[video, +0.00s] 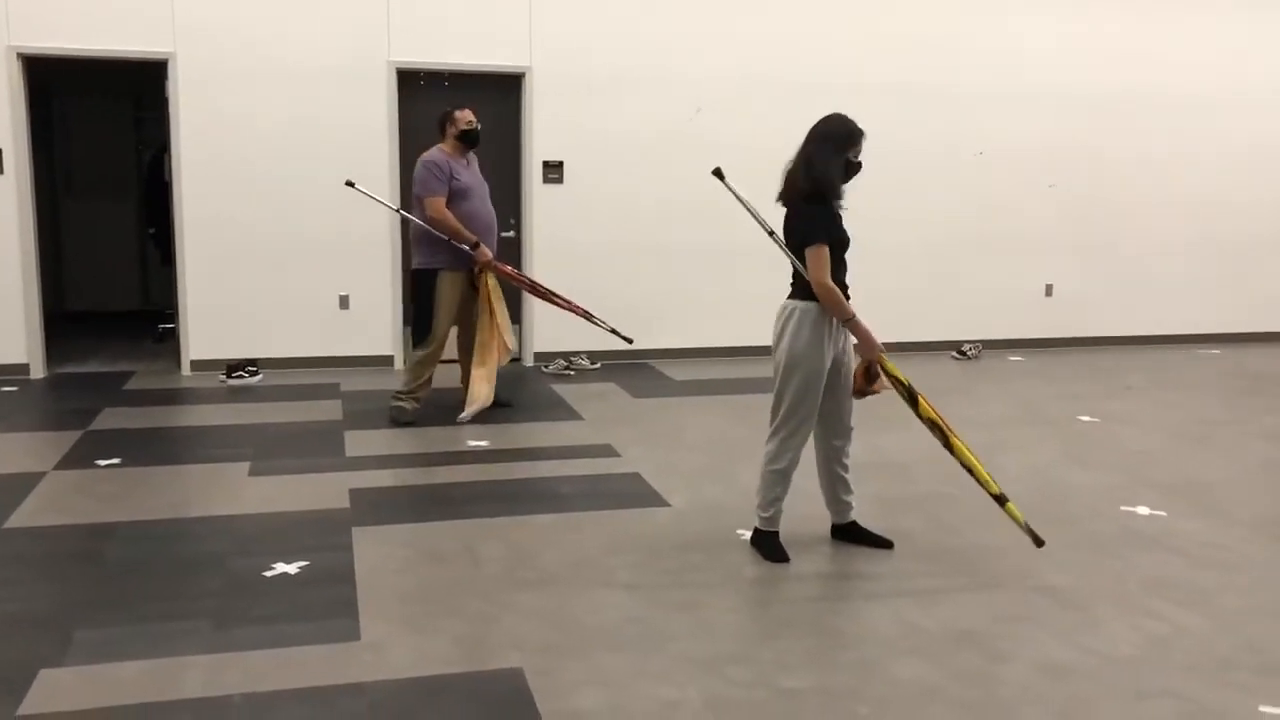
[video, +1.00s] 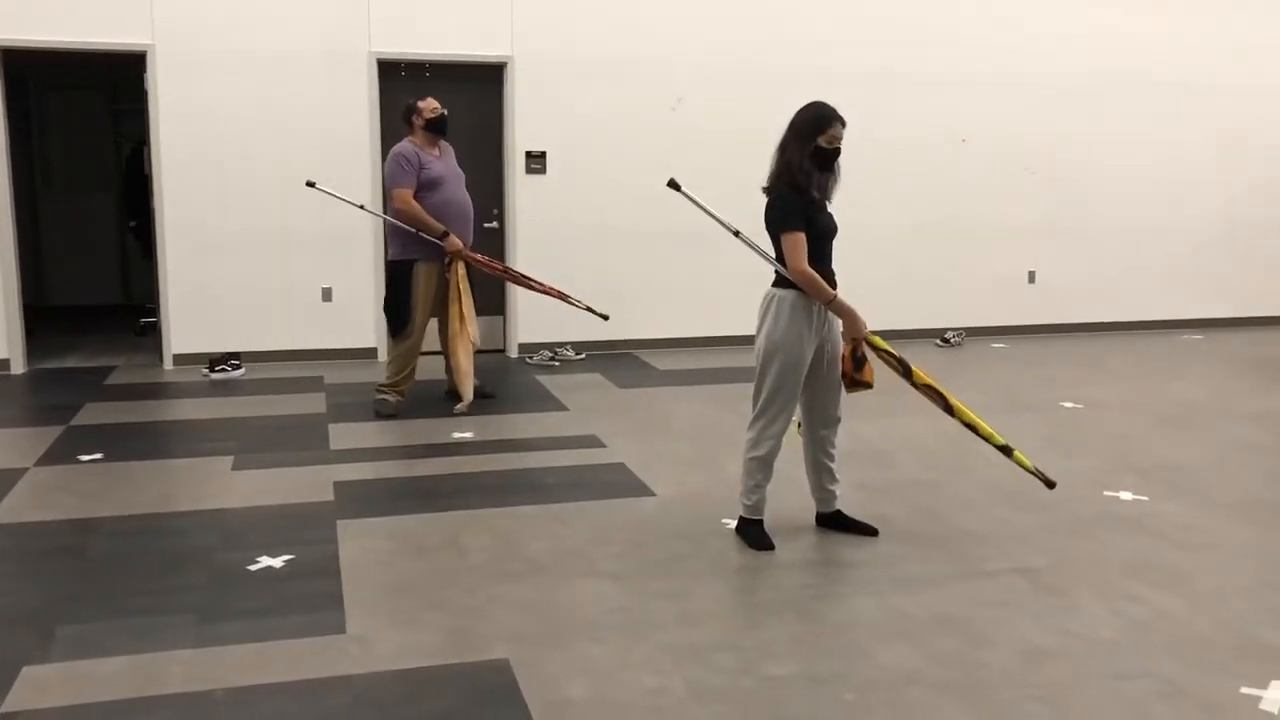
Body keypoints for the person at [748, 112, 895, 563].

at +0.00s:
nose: (858, 165)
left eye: (859, 156)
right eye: (853, 156)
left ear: (825, 153)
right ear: (832, 155)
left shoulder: (823, 204)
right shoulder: (811, 206)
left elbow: (827, 280)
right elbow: (820, 282)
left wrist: (850, 336)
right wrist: (863, 333)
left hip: (834, 323)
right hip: (806, 323)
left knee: (836, 428)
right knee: (791, 428)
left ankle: (843, 522)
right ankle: (766, 527)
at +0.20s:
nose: (855, 163)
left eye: (857, 155)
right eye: (850, 154)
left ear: (838, 151)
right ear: (827, 151)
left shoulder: (824, 203)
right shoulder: (804, 204)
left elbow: (828, 279)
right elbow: (820, 280)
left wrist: (851, 335)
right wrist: (868, 329)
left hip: (832, 321)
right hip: (803, 320)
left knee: (835, 426)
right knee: (787, 426)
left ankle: (840, 521)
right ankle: (763, 526)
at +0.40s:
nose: (852, 161)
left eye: (855, 153)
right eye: (847, 152)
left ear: (843, 150)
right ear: (824, 148)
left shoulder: (826, 203)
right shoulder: (801, 202)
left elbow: (827, 276)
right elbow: (814, 278)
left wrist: (854, 329)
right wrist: (863, 322)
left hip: (833, 319)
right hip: (801, 318)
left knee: (835, 424)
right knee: (784, 425)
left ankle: (838, 519)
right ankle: (761, 524)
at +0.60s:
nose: (849, 160)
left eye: (852, 151)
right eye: (843, 151)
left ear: (842, 148)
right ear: (820, 147)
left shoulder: (825, 200)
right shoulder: (798, 200)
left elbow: (828, 273)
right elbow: (809, 276)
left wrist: (853, 328)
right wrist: (859, 319)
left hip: (832, 318)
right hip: (799, 316)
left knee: (833, 423)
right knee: (780, 423)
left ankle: (836, 518)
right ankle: (759, 523)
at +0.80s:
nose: (840, 157)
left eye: (845, 149)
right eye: (835, 148)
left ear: (841, 146)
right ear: (811, 144)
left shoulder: (820, 199)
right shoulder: (792, 197)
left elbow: (823, 270)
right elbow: (802, 272)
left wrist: (848, 325)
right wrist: (854, 315)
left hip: (827, 315)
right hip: (795, 313)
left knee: (828, 420)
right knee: (776, 420)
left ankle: (832, 514)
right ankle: (755, 519)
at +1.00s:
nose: (832, 151)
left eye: (837, 144)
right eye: (827, 142)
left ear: (836, 142)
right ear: (804, 138)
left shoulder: (814, 193)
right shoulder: (786, 192)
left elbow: (817, 265)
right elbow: (796, 268)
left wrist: (842, 321)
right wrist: (846, 311)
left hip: (822, 311)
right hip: (790, 309)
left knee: (824, 416)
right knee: (772, 416)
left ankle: (827, 510)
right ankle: (751, 516)